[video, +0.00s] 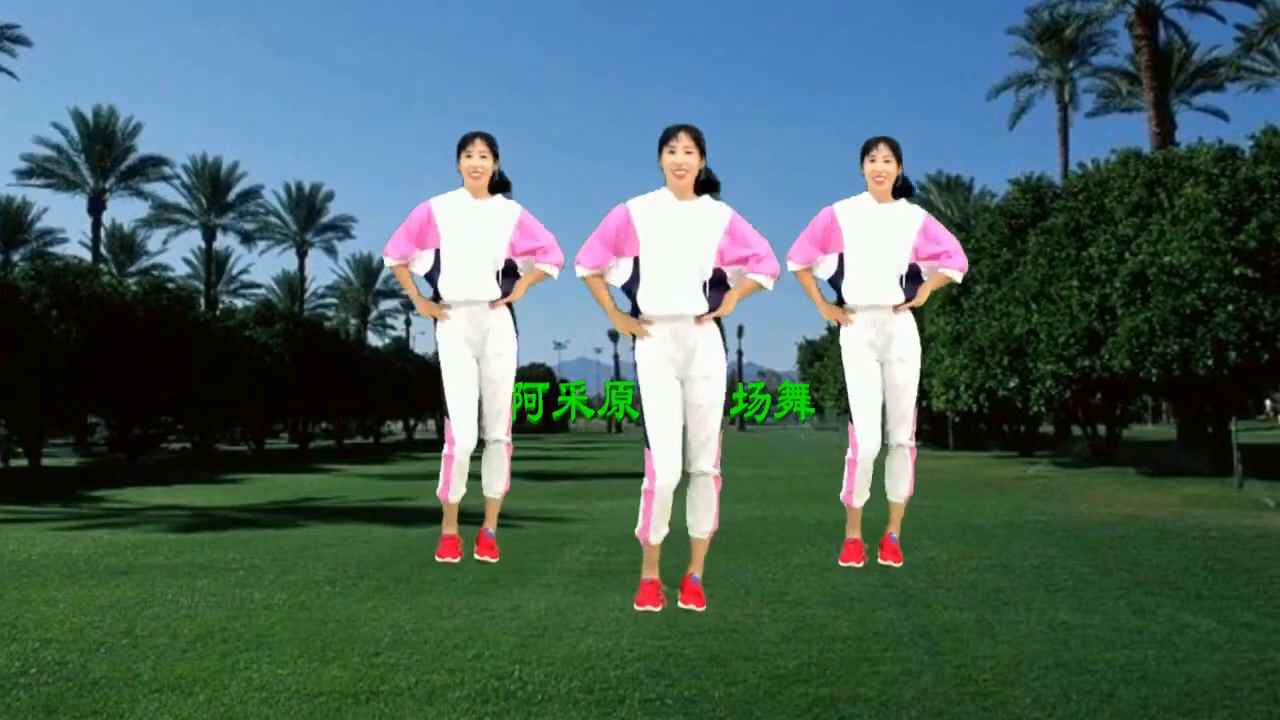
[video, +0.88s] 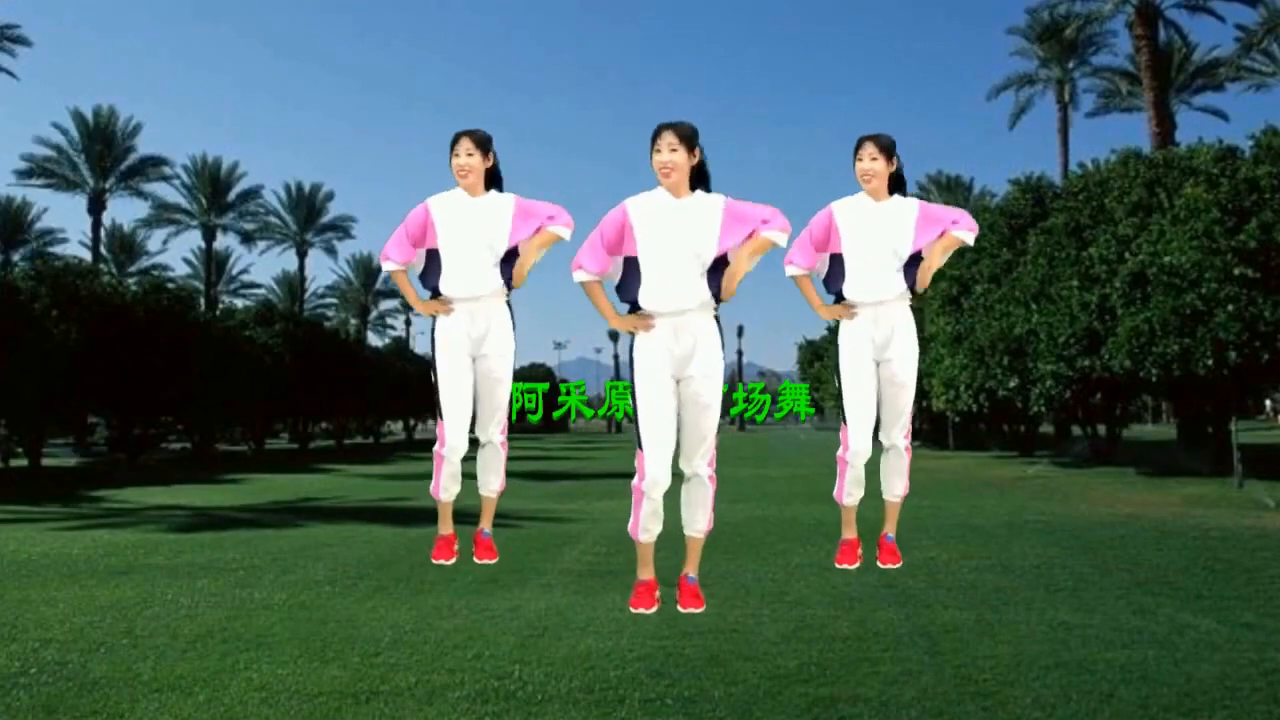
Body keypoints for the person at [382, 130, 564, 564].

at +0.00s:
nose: (476, 162)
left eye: (484, 156)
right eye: (469, 156)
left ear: (495, 165)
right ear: (458, 164)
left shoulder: (511, 212)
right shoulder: (436, 210)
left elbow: (551, 255)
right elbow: (396, 255)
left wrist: (523, 284)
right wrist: (420, 301)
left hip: (498, 321)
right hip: (453, 322)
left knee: (498, 428)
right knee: (461, 429)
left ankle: (489, 531)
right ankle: (449, 530)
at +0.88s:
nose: (462, 162)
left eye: (470, 154)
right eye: (457, 155)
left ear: (488, 161)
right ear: (450, 163)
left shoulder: (508, 205)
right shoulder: (433, 208)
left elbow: (562, 221)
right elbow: (392, 258)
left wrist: (528, 255)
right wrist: (419, 303)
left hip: (495, 316)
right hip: (450, 318)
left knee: (493, 428)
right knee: (453, 428)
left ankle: (484, 531)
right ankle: (445, 530)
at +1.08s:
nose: (465, 156)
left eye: (473, 149)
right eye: (461, 150)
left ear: (493, 155)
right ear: (455, 157)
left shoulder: (515, 198)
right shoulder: (438, 202)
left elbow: (569, 212)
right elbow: (394, 248)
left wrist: (541, 198)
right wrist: (421, 294)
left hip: (494, 310)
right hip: (449, 310)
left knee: (491, 426)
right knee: (448, 428)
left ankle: (487, 531)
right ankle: (444, 530)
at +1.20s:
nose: (469, 179)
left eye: (478, 172)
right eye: (465, 172)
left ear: (498, 179)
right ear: (460, 179)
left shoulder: (512, 227)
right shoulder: (439, 221)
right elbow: (398, 270)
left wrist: (527, 232)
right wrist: (416, 318)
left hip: (496, 332)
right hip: (452, 333)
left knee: (496, 439)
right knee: (469, 440)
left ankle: (485, 533)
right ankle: (454, 514)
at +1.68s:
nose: (452, 180)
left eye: (460, 173)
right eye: (448, 173)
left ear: (479, 180)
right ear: (443, 180)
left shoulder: (497, 226)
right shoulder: (426, 225)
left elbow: (483, 261)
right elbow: (384, 261)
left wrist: (471, 206)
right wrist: (403, 306)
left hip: (468, 340)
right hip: (423, 334)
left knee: (461, 453)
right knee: (410, 441)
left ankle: (483, 529)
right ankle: (386, 523)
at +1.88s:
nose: (449, 140)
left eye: (458, 134)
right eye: (447, 133)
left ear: (479, 142)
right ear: (446, 142)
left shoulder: (496, 187)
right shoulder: (426, 187)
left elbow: (512, 217)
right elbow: (386, 223)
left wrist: (494, 162)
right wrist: (402, 267)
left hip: (471, 300)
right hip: (426, 296)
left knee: (476, 415)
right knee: (409, 408)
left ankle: (486, 522)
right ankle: (391, 497)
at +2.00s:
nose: (455, 138)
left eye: (465, 133)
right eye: (453, 132)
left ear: (486, 143)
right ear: (449, 140)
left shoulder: (497, 186)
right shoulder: (427, 183)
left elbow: (508, 224)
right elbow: (386, 223)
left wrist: (498, 166)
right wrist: (403, 272)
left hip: (476, 293)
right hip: (432, 292)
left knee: (477, 411)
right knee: (428, 410)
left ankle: (479, 521)